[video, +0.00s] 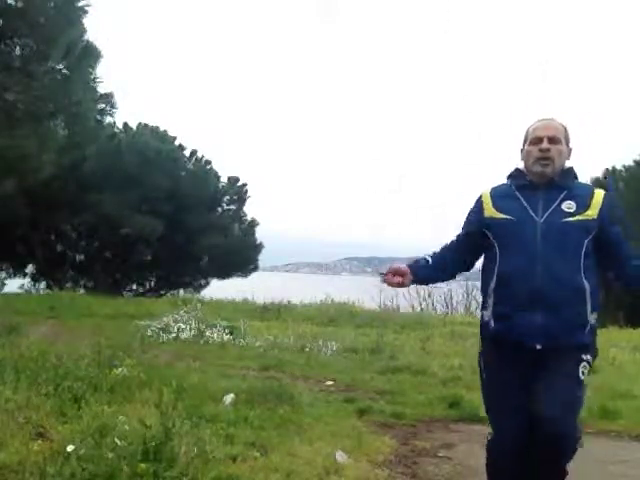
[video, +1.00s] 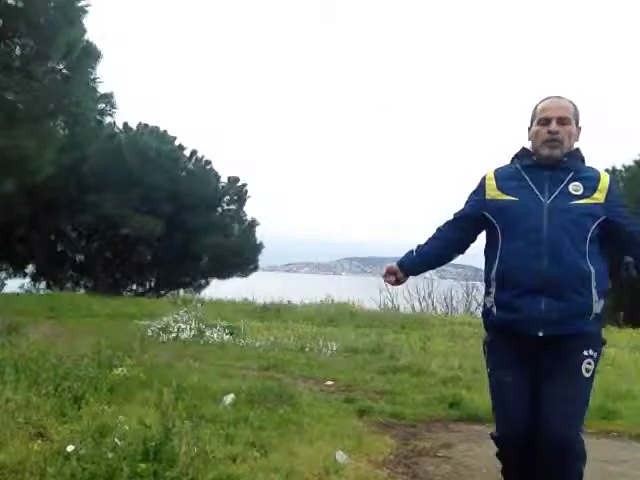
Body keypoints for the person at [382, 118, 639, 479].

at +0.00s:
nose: (544, 147)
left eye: (553, 142)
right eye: (536, 142)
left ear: (568, 153)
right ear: (523, 152)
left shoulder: (596, 203)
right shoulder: (492, 202)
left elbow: (626, 266)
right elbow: (458, 255)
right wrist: (412, 272)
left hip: (566, 345)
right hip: (503, 344)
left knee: (556, 435)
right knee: (508, 440)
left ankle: (547, 473)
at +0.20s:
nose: (553, 128)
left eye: (562, 122)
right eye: (545, 122)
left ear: (576, 135)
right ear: (531, 132)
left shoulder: (597, 187)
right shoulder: (496, 183)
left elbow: (627, 256)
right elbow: (458, 242)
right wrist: (416, 276)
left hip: (570, 330)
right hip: (506, 327)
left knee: (556, 427)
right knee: (508, 431)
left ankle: (555, 473)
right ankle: (508, 477)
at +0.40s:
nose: (559, 155)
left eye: (568, 150)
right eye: (550, 149)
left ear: (581, 162)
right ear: (535, 159)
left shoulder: (607, 213)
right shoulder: (501, 209)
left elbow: (634, 271)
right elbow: (466, 260)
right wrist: (426, 278)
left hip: (573, 353)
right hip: (507, 350)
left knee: (561, 451)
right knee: (500, 430)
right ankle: (518, 475)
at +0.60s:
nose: (553, 125)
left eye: (563, 119)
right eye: (545, 118)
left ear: (576, 130)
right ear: (530, 128)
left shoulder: (601, 180)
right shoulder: (499, 180)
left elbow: (631, 241)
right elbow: (465, 239)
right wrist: (420, 276)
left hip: (573, 328)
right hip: (509, 325)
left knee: (562, 437)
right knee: (514, 427)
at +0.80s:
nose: (545, 157)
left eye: (554, 149)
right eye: (536, 149)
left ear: (568, 160)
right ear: (523, 159)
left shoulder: (596, 213)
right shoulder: (490, 213)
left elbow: (624, 273)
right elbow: (460, 267)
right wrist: (420, 286)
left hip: (573, 358)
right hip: (507, 360)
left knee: (571, 440)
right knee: (514, 460)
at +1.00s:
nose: (553, 129)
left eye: (563, 122)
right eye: (544, 122)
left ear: (577, 133)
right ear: (530, 132)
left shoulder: (602, 186)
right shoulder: (496, 182)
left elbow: (632, 242)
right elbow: (456, 233)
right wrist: (407, 265)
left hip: (574, 333)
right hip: (508, 331)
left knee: (560, 438)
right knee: (513, 439)